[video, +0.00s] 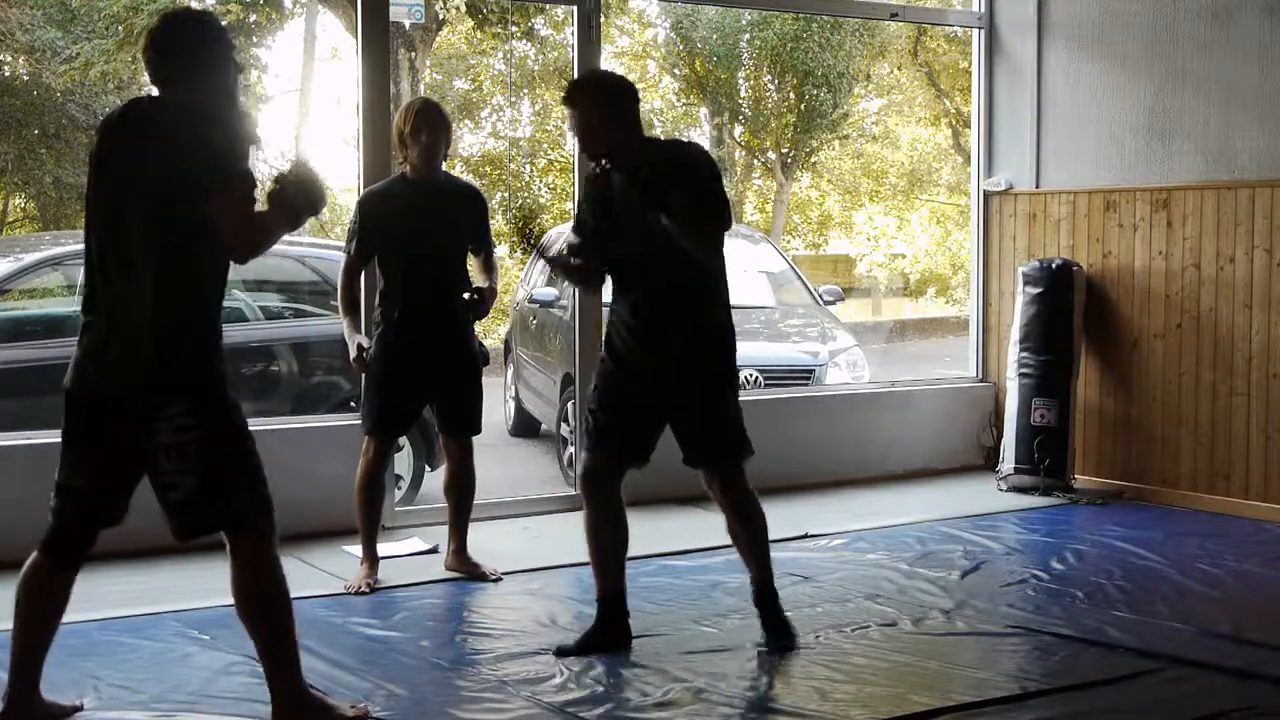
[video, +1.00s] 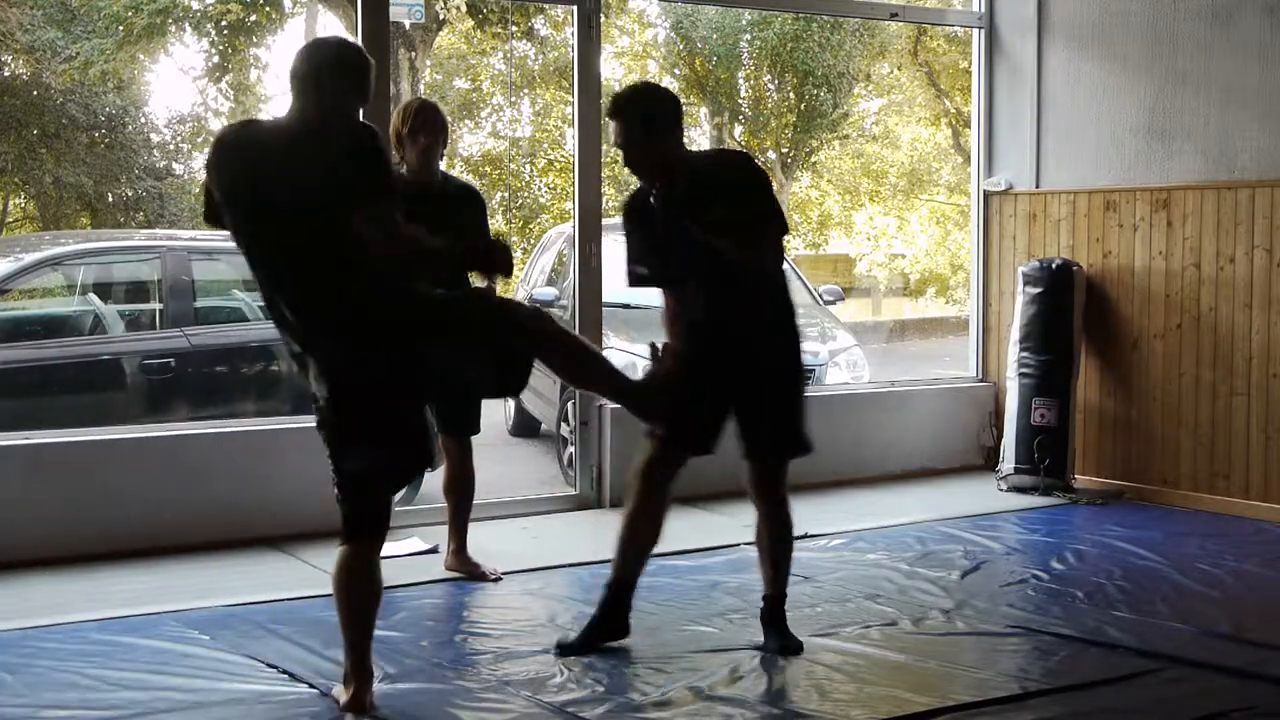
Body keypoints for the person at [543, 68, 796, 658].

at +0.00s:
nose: (575, 137)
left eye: (581, 123)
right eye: (573, 125)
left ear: (615, 115)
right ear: (598, 118)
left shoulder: (687, 161)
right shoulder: (597, 180)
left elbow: (709, 242)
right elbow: (590, 272)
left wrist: (646, 198)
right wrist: (561, 260)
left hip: (700, 344)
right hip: (632, 347)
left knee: (726, 480)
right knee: (598, 476)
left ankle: (770, 609)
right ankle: (612, 622)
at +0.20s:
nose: (586, 156)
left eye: (591, 142)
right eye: (582, 145)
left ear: (626, 130)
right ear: (601, 137)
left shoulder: (701, 171)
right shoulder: (608, 208)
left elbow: (720, 252)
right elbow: (621, 301)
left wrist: (653, 205)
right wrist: (611, 381)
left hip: (713, 363)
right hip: (644, 369)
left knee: (732, 490)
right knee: (587, 472)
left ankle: (769, 615)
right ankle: (609, 620)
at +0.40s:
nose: (596, 157)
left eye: (601, 142)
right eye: (592, 145)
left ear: (638, 131)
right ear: (617, 139)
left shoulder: (711, 171)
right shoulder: (620, 209)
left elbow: (747, 251)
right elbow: (632, 300)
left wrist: (682, 213)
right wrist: (616, 384)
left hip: (723, 364)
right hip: (655, 365)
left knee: (738, 492)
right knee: (594, 472)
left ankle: (771, 614)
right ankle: (610, 620)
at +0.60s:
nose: (604, 152)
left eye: (610, 137)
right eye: (600, 140)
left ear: (645, 130)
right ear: (625, 137)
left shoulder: (716, 171)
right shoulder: (623, 205)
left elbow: (750, 250)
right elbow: (634, 295)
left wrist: (686, 213)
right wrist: (621, 377)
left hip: (724, 363)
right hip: (656, 364)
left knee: (739, 492)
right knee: (602, 476)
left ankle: (769, 613)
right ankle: (613, 621)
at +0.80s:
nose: (610, 154)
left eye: (617, 140)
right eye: (607, 141)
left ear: (654, 131)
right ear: (631, 139)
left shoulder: (723, 172)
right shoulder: (628, 205)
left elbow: (755, 253)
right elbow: (637, 296)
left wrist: (687, 216)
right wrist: (631, 377)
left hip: (732, 362)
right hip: (663, 364)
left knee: (744, 492)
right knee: (611, 476)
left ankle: (769, 612)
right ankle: (613, 620)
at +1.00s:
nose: (621, 156)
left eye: (626, 142)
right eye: (618, 143)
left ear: (662, 133)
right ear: (650, 137)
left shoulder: (737, 170)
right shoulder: (643, 209)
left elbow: (770, 254)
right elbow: (672, 293)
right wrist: (673, 358)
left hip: (765, 352)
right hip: (700, 355)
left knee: (769, 488)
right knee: (652, 477)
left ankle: (775, 613)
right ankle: (614, 612)